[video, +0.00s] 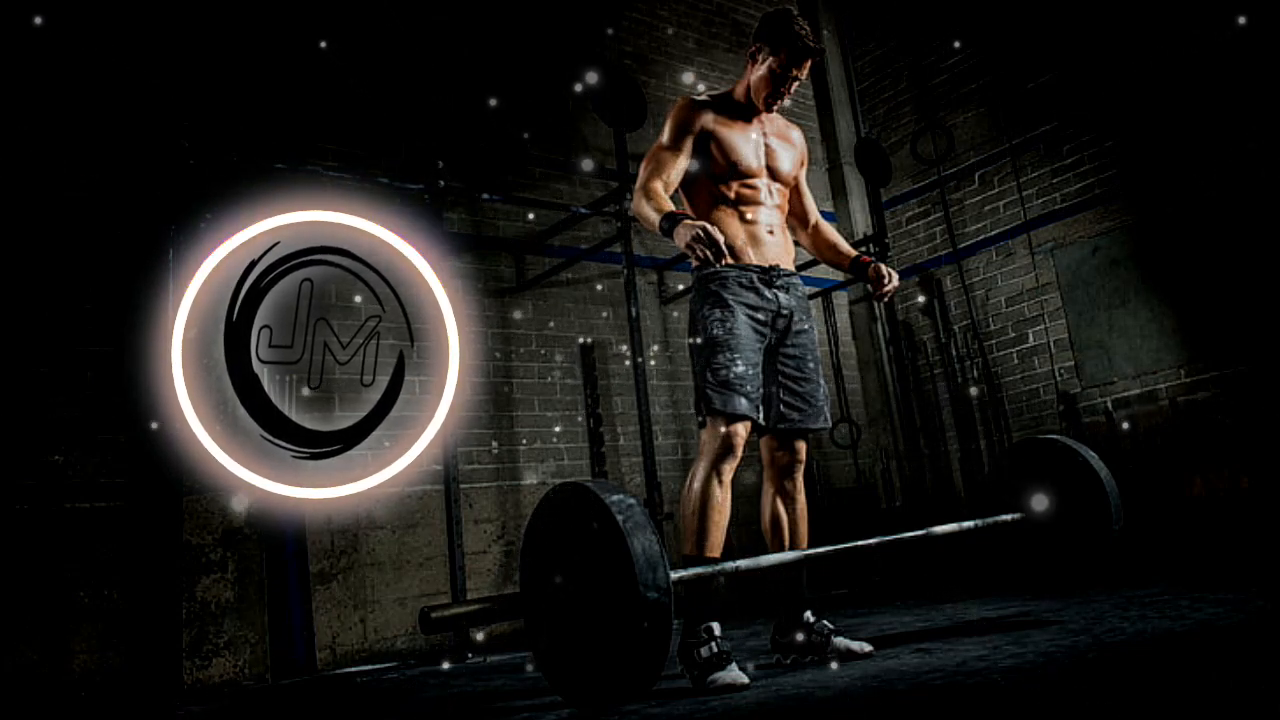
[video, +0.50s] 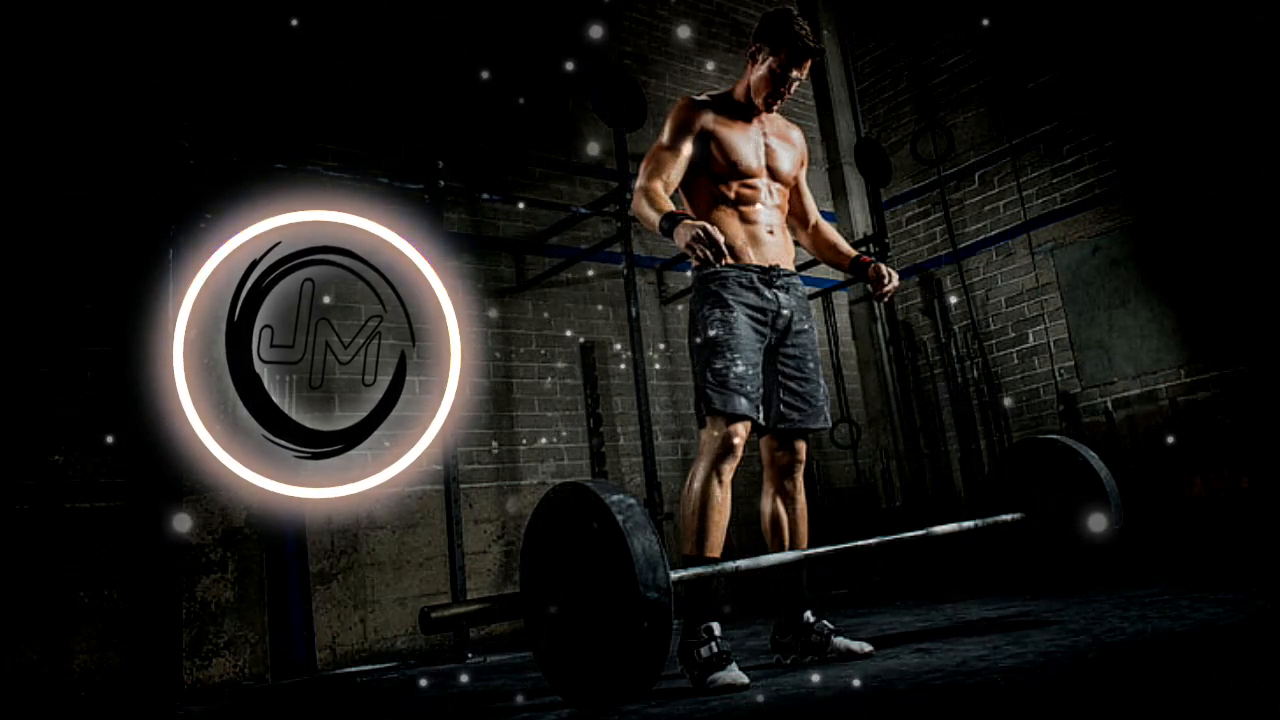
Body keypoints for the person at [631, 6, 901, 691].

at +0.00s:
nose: (789, 91)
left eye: (799, 81)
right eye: (786, 75)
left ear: (801, 77)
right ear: (756, 59)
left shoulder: (792, 136)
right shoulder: (699, 115)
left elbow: (809, 224)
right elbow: (644, 198)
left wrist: (860, 265)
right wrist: (675, 226)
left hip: (790, 297)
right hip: (731, 292)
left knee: (790, 455)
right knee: (729, 437)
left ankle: (798, 624)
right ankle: (699, 634)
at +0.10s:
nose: (788, 91)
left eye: (798, 80)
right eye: (785, 74)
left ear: (800, 77)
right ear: (756, 58)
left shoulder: (792, 136)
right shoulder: (699, 115)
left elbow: (809, 224)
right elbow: (644, 197)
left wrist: (860, 265)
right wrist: (675, 226)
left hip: (790, 297)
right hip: (730, 292)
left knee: (790, 455)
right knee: (729, 437)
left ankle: (798, 625)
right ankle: (699, 634)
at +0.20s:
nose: (789, 89)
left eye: (799, 79)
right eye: (786, 73)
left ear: (801, 77)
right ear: (756, 58)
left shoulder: (792, 136)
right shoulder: (698, 115)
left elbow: (809, 224)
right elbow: (645, 197)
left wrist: (860, 264)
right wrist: (676, 225)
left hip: (790, 297)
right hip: (730, 292)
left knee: (790, 456)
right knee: (729, 438)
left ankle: (798, 625)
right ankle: (698, 634)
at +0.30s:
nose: (791, 90)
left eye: (800, 80)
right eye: (787, 74)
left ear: (801, 77)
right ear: (757, 59)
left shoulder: (792, 136)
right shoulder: (699, 115)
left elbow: (809, 224)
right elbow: (645, 196)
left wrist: (860, 264)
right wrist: (675, 225)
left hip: (790, 296)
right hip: (730, 292)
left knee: (790, 455)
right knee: (729, 437)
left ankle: (798, 625)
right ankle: (699, 634)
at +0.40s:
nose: (790, 88)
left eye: (800, 79)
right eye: (787, 73)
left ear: (801, 77)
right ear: (757, 58)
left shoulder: (792, 137)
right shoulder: (698, 115)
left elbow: (809, 224)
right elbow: (646, 197)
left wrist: (860, 265)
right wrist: (675, 225)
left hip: (790, 297)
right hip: (730, 292)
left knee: (790, 455)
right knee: (729, 437)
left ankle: (798, 624)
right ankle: (699, 634)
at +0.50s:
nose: (789, 89)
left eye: (798, 80)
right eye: (786, 74)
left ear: (800, 77)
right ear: (757, 58)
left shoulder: (792, 136)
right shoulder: (698, 115)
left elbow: (808, 224)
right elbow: (646, 197)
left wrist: (860, 265)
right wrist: (675, 226)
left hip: (790, 297)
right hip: (730, 292)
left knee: (790, 455)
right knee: (729, 437)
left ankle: (797, 624)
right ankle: (699, 634)